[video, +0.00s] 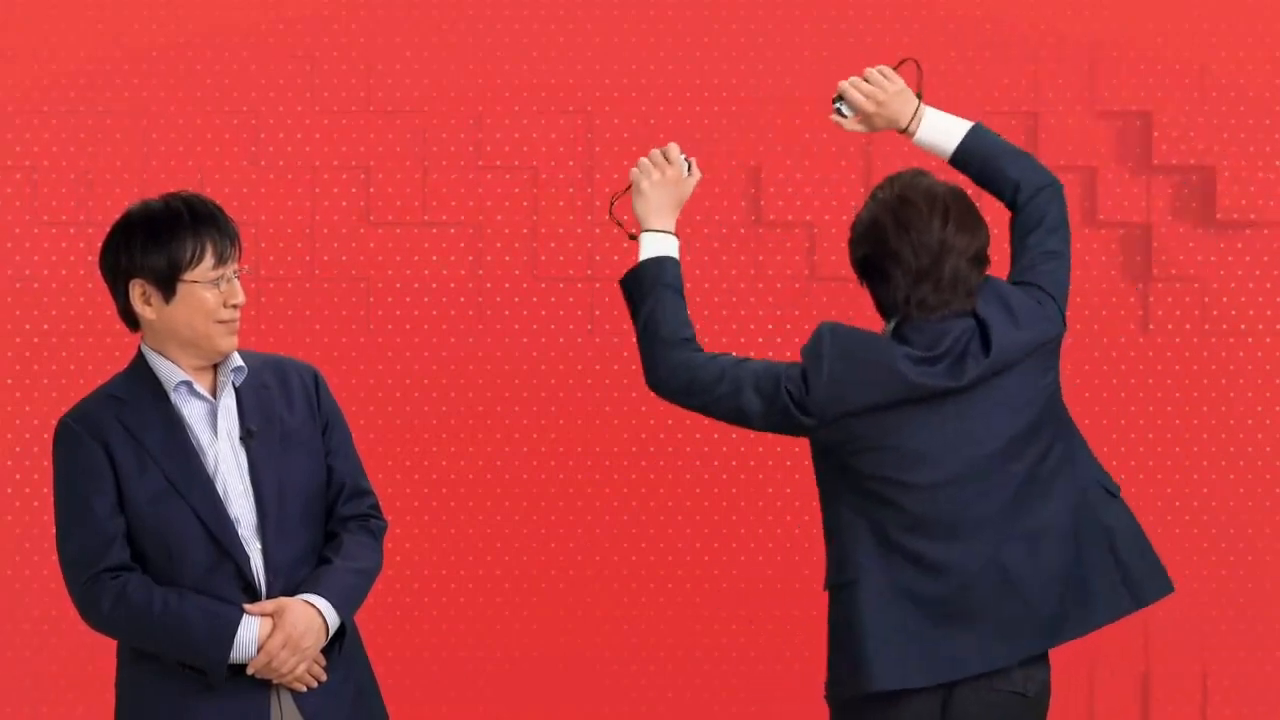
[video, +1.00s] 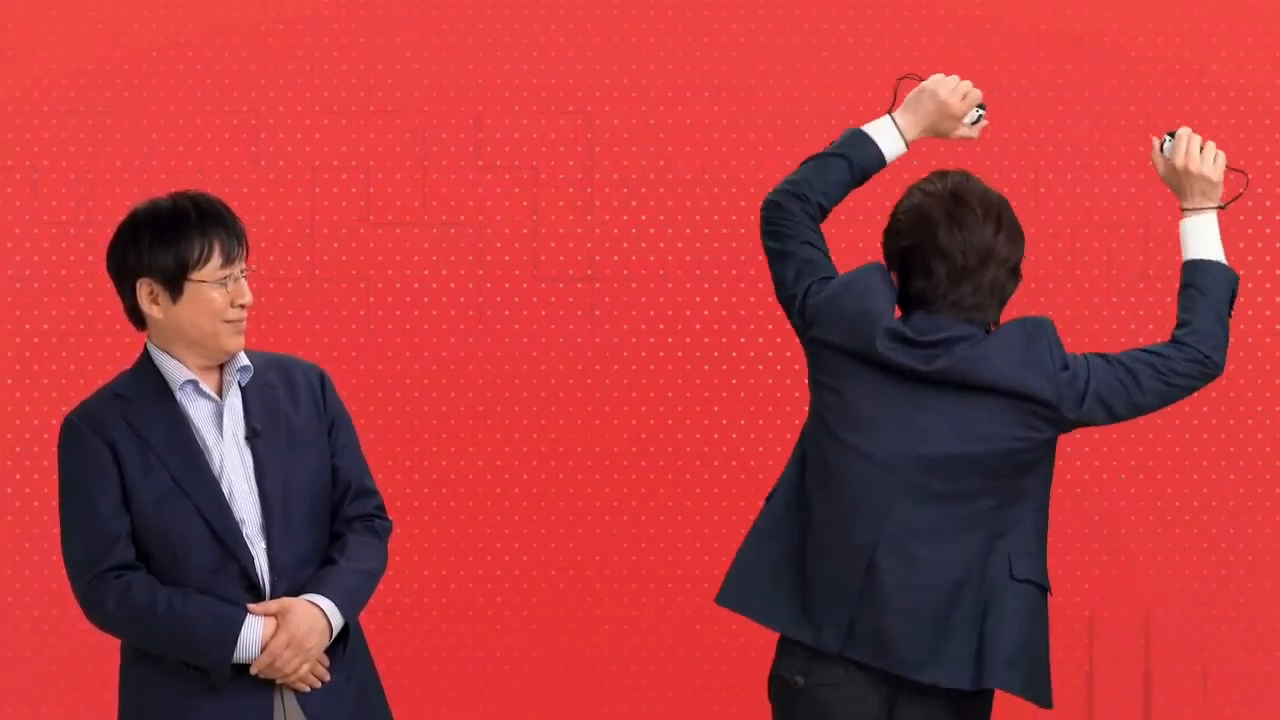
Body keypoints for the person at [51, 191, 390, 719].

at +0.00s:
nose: (237, 298)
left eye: (235, 278)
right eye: (214, 282)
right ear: (146, 300)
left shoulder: (301, 389)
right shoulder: (92, 432)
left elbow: (361, 523)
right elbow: (103, 590)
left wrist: (320, 612)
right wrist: (251, 639)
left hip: (334, 700)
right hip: (192, 708)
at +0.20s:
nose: (238, 297)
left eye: (237, 278)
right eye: (215, 282)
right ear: (148, 299)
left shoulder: (301, 389)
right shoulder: (92, 432)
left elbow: (362, 524)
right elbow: (103, 589)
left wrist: (321, 612)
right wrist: (251, 639)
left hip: (334, 700)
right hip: (192, 707)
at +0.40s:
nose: (239, 297)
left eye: (238, 277)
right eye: (216, 282)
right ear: (149, 299)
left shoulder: (303, 388)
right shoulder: (94, 432)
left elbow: (363, 523)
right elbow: (105, 590)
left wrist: (322, 612)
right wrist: (252, 639)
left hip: (335, 699)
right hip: (193, 707)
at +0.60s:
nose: (241, 297)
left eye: (239, 277)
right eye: (218, 282)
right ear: (150, 299)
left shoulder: (304, 388)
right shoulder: (95, 431)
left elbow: (364, 523)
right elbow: (106, 590)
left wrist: (322, 612)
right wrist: (252, 639)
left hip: (336, 700)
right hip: (193, 707)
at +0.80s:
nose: (243, 297)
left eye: (241, 277)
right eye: (220, 282)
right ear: (152, 299)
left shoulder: (306, 388)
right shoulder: (96, 431)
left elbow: (365, 524)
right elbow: (106, 589)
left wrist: (323, 613)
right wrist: (253, 639)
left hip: (337, 700)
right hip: (194, 707)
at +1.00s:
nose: (245, 297)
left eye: (242, 277)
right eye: (222, 282)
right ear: (153, 299)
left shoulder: (307, 389)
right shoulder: (97, 431)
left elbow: (366, 524)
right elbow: (107, 589)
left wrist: (324, 613)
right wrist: (252, 638)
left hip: (337, 700)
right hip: (194, 708)